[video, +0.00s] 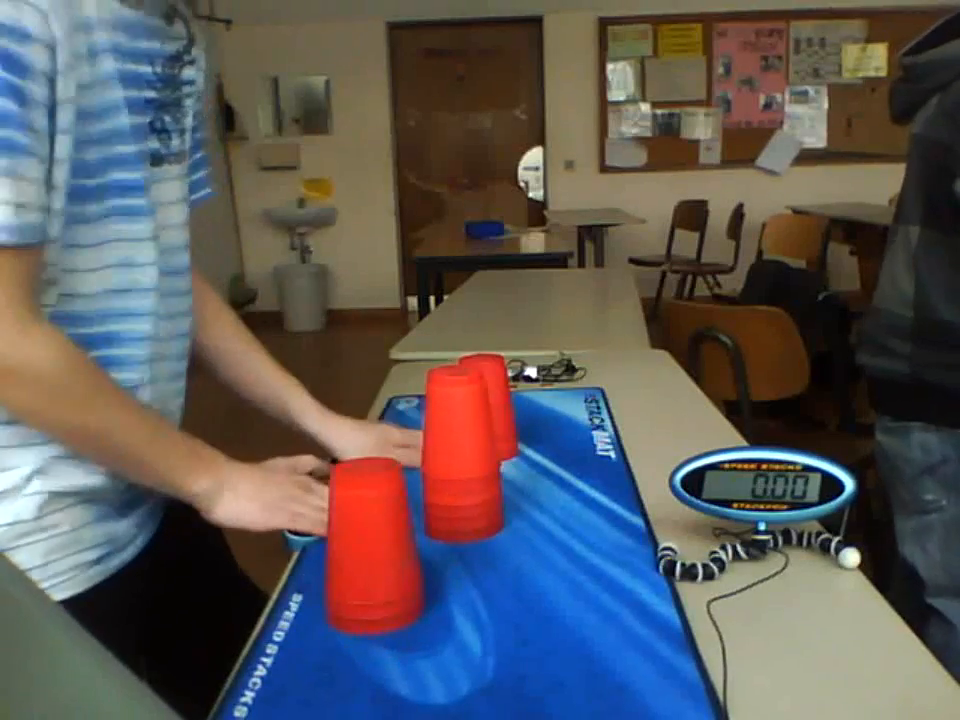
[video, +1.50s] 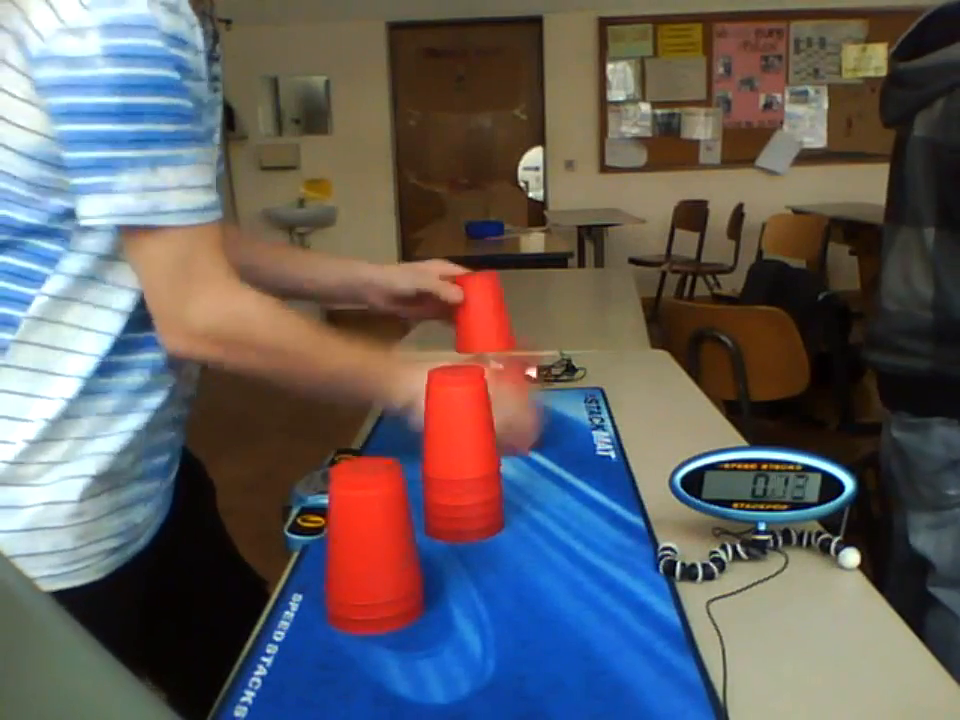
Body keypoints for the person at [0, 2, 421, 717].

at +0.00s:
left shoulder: (174, 28)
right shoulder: (28, 23)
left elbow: (169, 272)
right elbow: (7, 333)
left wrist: (326, 424)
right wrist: (213, 478)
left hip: (157, 512)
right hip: (50, 559)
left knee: (294, 690)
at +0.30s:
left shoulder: (168, 45)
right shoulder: (27, 30)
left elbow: (164, 280)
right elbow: (3, 336)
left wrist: (318, 421)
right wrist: (209, 483)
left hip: (144, 514)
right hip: (41, 557)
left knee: (282, 685)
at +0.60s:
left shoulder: (173, 48)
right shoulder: (30, 26)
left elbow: (166, 280)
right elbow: (5, 333)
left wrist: (317, 421)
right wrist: (211, 483)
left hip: (138, 511)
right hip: (36, 554)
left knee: (274, 688)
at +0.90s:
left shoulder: (181, 49)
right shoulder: (35, 24)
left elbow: (168, 281)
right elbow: (6, 327)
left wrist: (318, 422)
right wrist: (211, 483)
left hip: (141, 511)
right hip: (38, 556)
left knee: (276, 685)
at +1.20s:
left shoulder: (178, 36)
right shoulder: (64, 18)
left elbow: (169, 279)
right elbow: (102, 312)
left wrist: (341, 388)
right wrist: (343, 394)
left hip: (137, 487)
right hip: (41, 539)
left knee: (265, 684)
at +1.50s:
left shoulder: (160, 22)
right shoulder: (119, 24)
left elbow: (198, 238)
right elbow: (195, 312)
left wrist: (375, 284)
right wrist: (412, 384)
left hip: (143, 480)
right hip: (63, 537)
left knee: (278, 679)